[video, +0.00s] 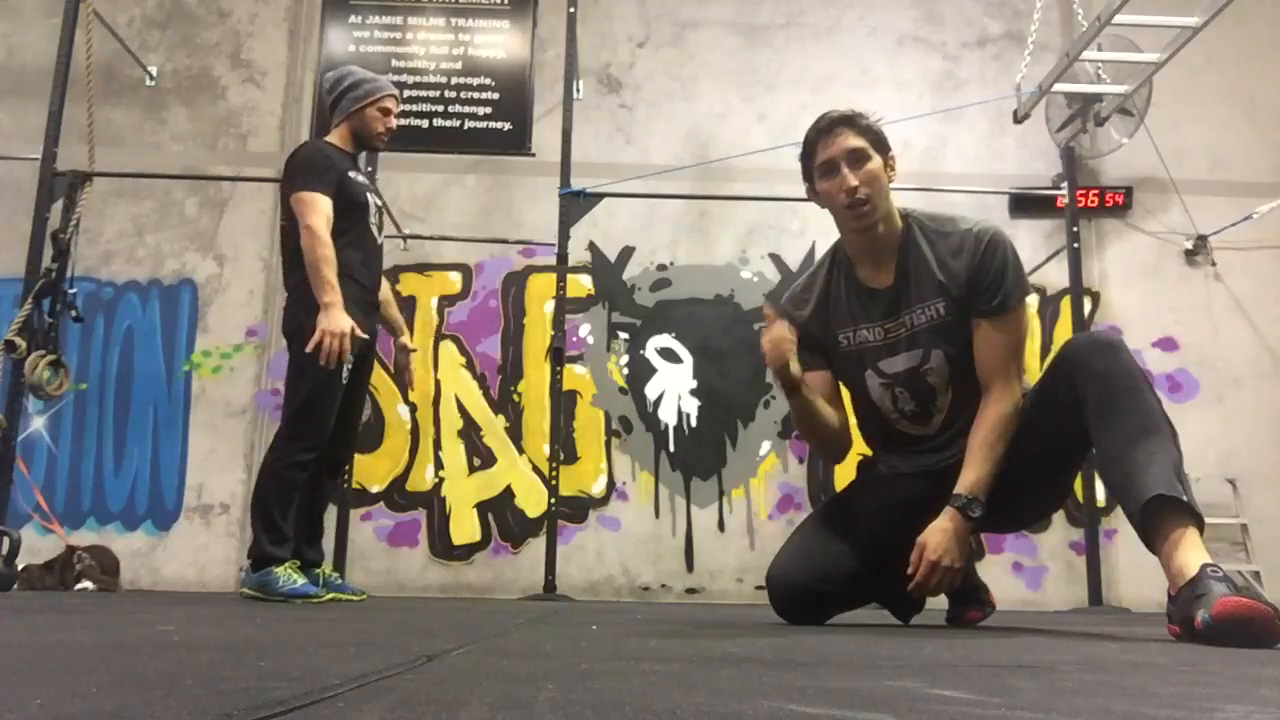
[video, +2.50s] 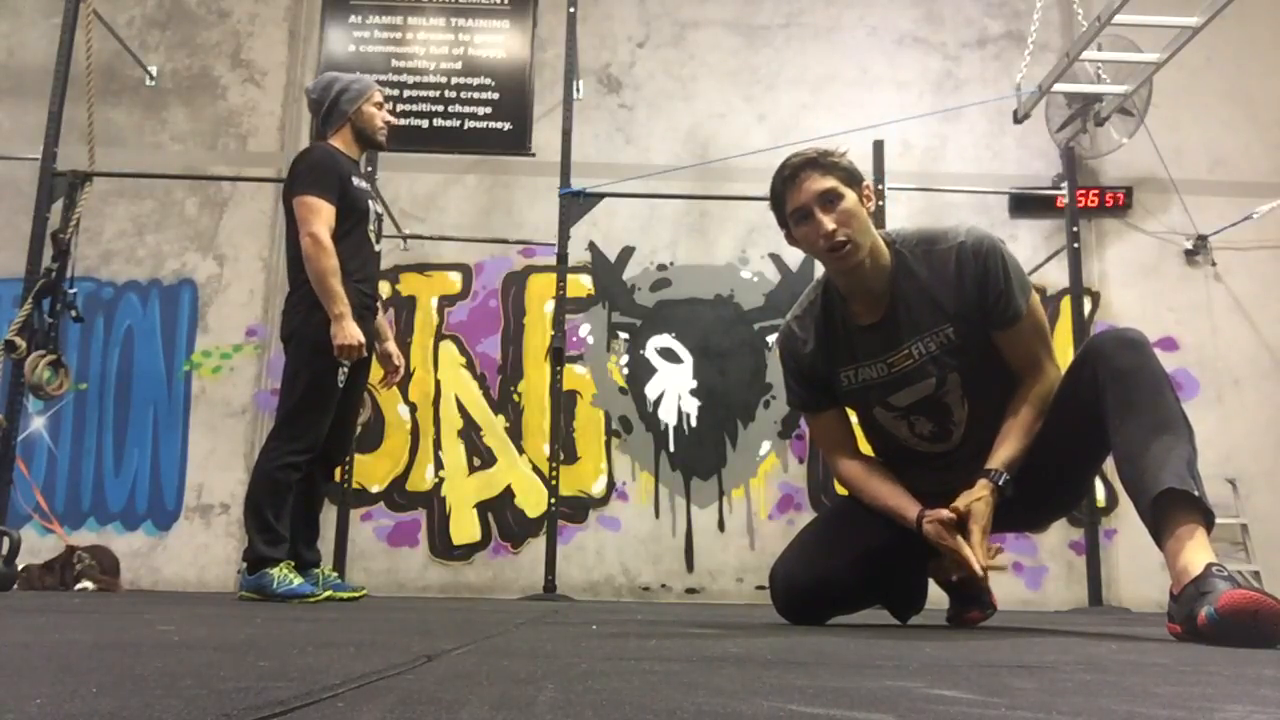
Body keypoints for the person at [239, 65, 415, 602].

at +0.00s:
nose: (392, 123)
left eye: (395, 114)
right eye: (383, 112)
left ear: (376, 118)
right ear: (350, 109)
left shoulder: (356, 173)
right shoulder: (314, 157)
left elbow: (366, 264)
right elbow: (313, 233)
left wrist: (398, 324)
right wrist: (331, 307)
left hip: (356, 324)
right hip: (321, 319)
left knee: (331, 448)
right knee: (303, 440)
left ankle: (305, 563)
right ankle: (267, 565)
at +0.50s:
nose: (386, 131)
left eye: (389, 122)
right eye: (378, 119)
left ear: (360, 120)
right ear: (344, 115)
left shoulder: (344, 176)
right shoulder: (307, 159)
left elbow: (359, 260)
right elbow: (315, 234)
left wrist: (397, 308)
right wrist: (365, 295)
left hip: (342, 319)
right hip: (311, 316)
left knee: (320, 445)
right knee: (291, 440)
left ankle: (301, 564)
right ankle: (263, 566)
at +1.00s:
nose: (387, 130)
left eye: (389, 121)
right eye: (379, 119)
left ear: (367, 123)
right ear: (347, 115)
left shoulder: (349, 176)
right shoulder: (309, 160)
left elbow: (358, 263)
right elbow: (308, 236)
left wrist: (392, 323)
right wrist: (336, 310)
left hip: (347, 325)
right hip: (314, 321)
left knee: (324, 448)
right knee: (293, 440)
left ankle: (303, 563)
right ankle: (263, 566)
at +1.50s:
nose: (389, 131)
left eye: (392, 122)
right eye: (381, 120)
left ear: (370, 125)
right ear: (350, 116)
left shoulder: (352, 178)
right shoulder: (311, 161)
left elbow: (360, 267)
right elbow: (310, 238)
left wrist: (383, 330)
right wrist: (340, 312)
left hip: (349, 329)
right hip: (317, 324)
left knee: (326, 450)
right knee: (293, 442)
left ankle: (303, 563)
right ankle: (263, 565)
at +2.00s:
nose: (394, 129)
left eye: (396, 120)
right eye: (387, 118)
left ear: (365, 123)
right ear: (354, 116)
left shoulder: (353, 177)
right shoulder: (314, 161)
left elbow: (357, 266)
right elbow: (307, 237)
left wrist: (380, 333)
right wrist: (332, 314)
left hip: (350, 328)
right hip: (318, 324)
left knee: (326, 449)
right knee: (295, 440)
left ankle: (303, 563)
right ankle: (262, 565)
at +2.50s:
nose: (389, 115)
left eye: (387, 107)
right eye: (379, 106)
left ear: (359, 116)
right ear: (347, 112)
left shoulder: (354, 175)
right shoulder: (319, 161)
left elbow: (360, 269)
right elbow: (314, 240)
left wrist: (384, 336)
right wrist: (340, 316)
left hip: (348, 330)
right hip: (319, 325)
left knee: (323, 452)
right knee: (295, 442)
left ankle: (302, 564)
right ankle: (263, 566)